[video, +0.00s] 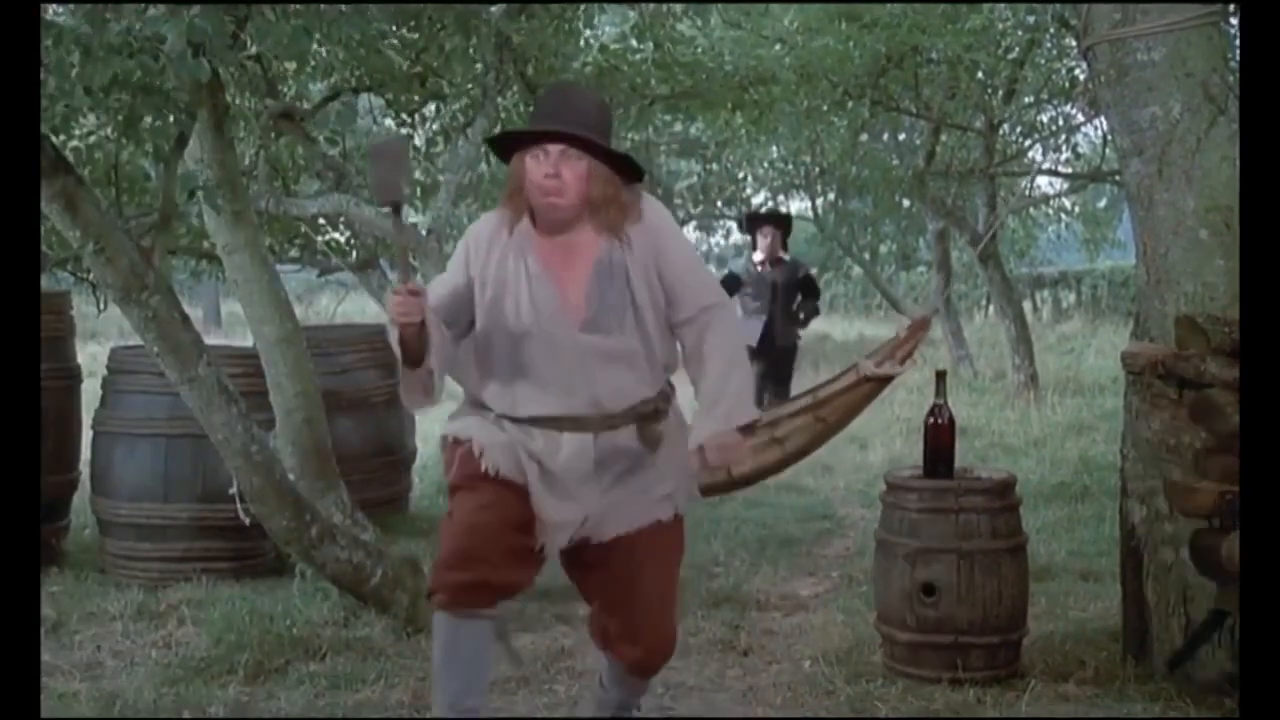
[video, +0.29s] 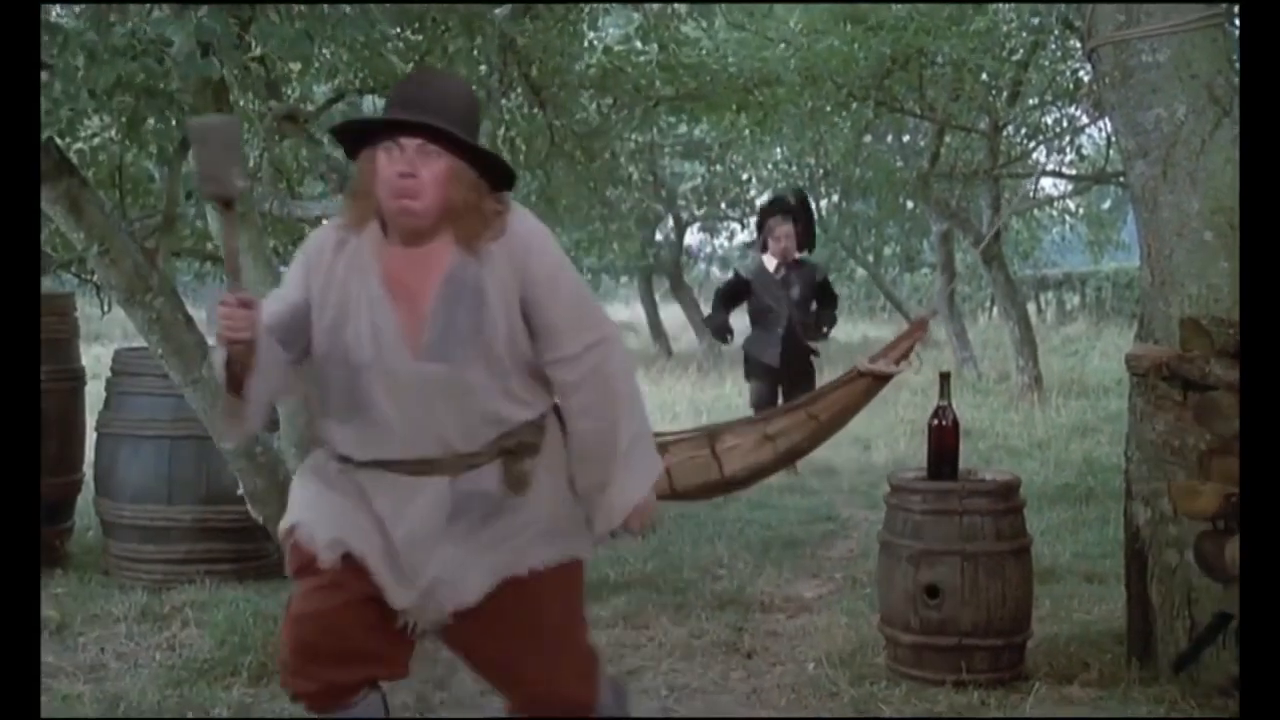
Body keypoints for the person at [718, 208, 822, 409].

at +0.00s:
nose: (769, 241)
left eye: (774, 236)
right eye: (764, 235)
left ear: (782, 238)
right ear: (755, 238)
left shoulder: (795, 269)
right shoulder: (742, 268)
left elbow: (811, 297)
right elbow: (719, 295)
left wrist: (801, 317)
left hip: (784, 341)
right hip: (752, 340)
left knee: (780, 394)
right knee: (752, 393)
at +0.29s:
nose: (784, 245)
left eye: (788, 237)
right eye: (777, 239)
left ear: (797, 238)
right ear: (766, 242)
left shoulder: (811, 273)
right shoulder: (752, 273)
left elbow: (828, 301)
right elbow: (724, 297)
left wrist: (820, 324)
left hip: (798, 357)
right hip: (763, 357)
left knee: (801, 418)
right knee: (764, 418)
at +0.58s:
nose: (785, 236)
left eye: (791, 229)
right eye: (778, 229)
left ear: (800, 232)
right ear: (765, 233)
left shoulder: (812, 266)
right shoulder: (749, 261)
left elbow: (832, 307)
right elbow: (718, 278)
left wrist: (823, 325)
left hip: (801, 351)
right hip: (761, 353)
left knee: (804, 413)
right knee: (774, 420)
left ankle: (815, 479)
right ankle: (790, 481)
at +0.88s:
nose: (739, 224)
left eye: (749, 216)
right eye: (732, 217)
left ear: (766, 222)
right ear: (722, 224)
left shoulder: (785, 263)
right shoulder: (702, 260)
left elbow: (814, 303)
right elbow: (659, 282)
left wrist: (800, 332)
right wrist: (629, 313)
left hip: (778, 382)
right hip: (722, 384)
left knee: (785, 443)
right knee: (722, 466)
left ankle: (794, 478)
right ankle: (726, 548)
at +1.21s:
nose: (636, 225)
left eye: (647, 215)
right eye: (627, 217)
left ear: (670, 223)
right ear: (616, 226)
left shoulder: (701, 280)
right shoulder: (590, 278)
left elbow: (746, 332)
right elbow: (565, 348)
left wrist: (713, 356)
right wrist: (551, 396)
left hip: (673, 420)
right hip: (606, 422)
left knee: (668, 521)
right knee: (591, 528)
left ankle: (684, 585)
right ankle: (580, 632)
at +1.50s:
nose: (562, 212)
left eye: (572, 201)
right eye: (556, 202)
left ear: (605, 198)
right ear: (554, 205)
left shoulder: (653, 235)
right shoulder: (548, 266)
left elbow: (724, 244)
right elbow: (508, 331)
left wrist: (667, 290)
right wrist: (502, 396)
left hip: (618, 388)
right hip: (556, 386)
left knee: (607, 516)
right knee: (512, 398)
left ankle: (622, 629)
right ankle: (450, 435)